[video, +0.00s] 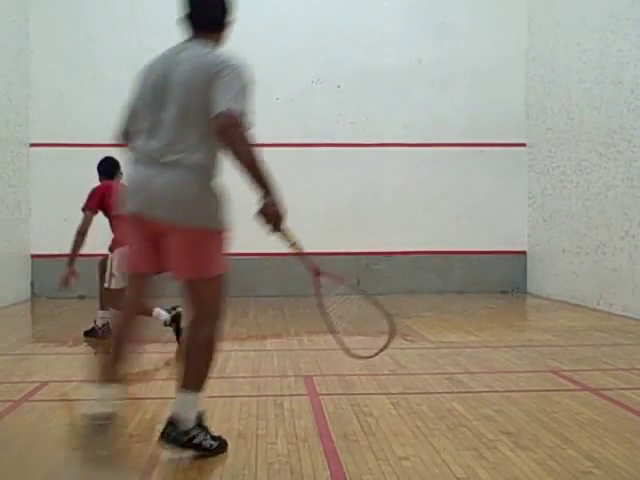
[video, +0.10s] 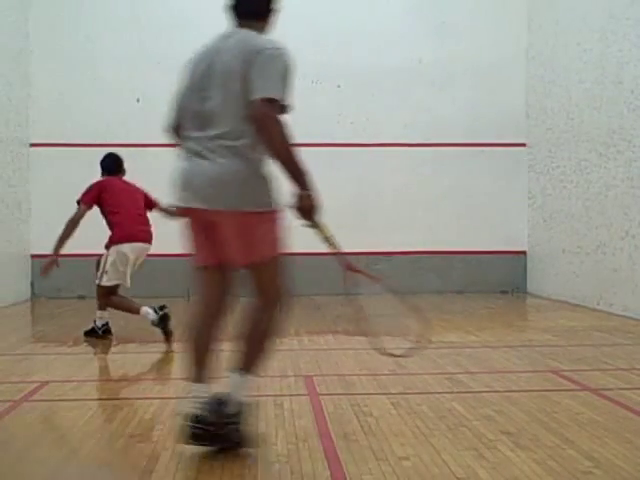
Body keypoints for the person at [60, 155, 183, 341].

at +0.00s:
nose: (100, 179)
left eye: (100, 175)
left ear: (100, 175)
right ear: (119, 173)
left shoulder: (100, 191)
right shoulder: (129, 190)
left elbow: (83, 229)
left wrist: (71, 263)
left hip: (123, 247)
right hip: (142, 245)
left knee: (115, 299)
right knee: (104, 265)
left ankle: (166, 316)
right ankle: (102, 323)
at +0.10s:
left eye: (102, 171)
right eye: (122, 168)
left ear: (102, 171)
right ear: (123, 170)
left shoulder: (100, 186)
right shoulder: (135, 189)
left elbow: (76, 218)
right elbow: (164, 209)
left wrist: (55, 253)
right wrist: (191, 213)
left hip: (122, 242)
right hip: (144, 241)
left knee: (107, 296)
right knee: (101, 265)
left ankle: (153, 315)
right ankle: (101, 322)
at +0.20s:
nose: (120, 164)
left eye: (115, 160)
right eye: (128, 160)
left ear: (112, 162)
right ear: (132, 162)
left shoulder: (105, 181)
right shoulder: (145, 181)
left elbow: (76, 210)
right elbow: (182, 192)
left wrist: (50, 241)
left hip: (122, 240)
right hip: (144, 241)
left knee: (101, 291)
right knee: (104, 281)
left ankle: (144, 312)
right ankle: (101, 324)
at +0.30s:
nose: (148, 152)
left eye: (141, 148)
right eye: (147, 148)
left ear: (125, 150)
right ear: (145, 150)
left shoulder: (115, 172)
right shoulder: (158, 172)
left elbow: (84, 201)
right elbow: (197, 181)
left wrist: (61, 231)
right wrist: (227, 175)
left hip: (125, 235)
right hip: (149, 237)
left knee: (107, 286)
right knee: (109, 279)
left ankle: (136, 314)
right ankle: (103, 324)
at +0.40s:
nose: (166, 136)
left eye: (164, 132)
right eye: (164, 132)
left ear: (143, 136)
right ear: (157, 134)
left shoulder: (128, 159)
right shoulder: (172, 159)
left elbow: (100, 192)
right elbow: (209, 182)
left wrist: (84, 223)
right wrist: (234, 177)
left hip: (134, 229)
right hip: (160, 231)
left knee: (122, 280)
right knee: (134, 278)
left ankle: (145, 325)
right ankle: (117, 322)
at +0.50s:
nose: (185, 128)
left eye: (183, 123)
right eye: (181, 124)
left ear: (163, 127)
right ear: (171, 126)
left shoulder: (142, 151)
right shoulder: (185, 154)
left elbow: (115, 188)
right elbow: (209, 190)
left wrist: (114, 219)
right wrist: (236, 194)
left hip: (143, 223)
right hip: (172, 227)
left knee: (135, 279)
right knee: (156, 279)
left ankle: (147, 324)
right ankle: (139, 333)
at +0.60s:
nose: (205, 124)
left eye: (203, 119)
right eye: (201, 119)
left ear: (182, 122)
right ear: (188, 121)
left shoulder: (159, 147)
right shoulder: (200, 151)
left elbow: (136, 183)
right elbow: (207, 194)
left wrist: (143, 210)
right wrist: (230, 213)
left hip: (155, 221)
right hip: (186, 223)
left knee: (146, 274)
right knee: (186, 267)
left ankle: (150, 330)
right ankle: (186, 314)